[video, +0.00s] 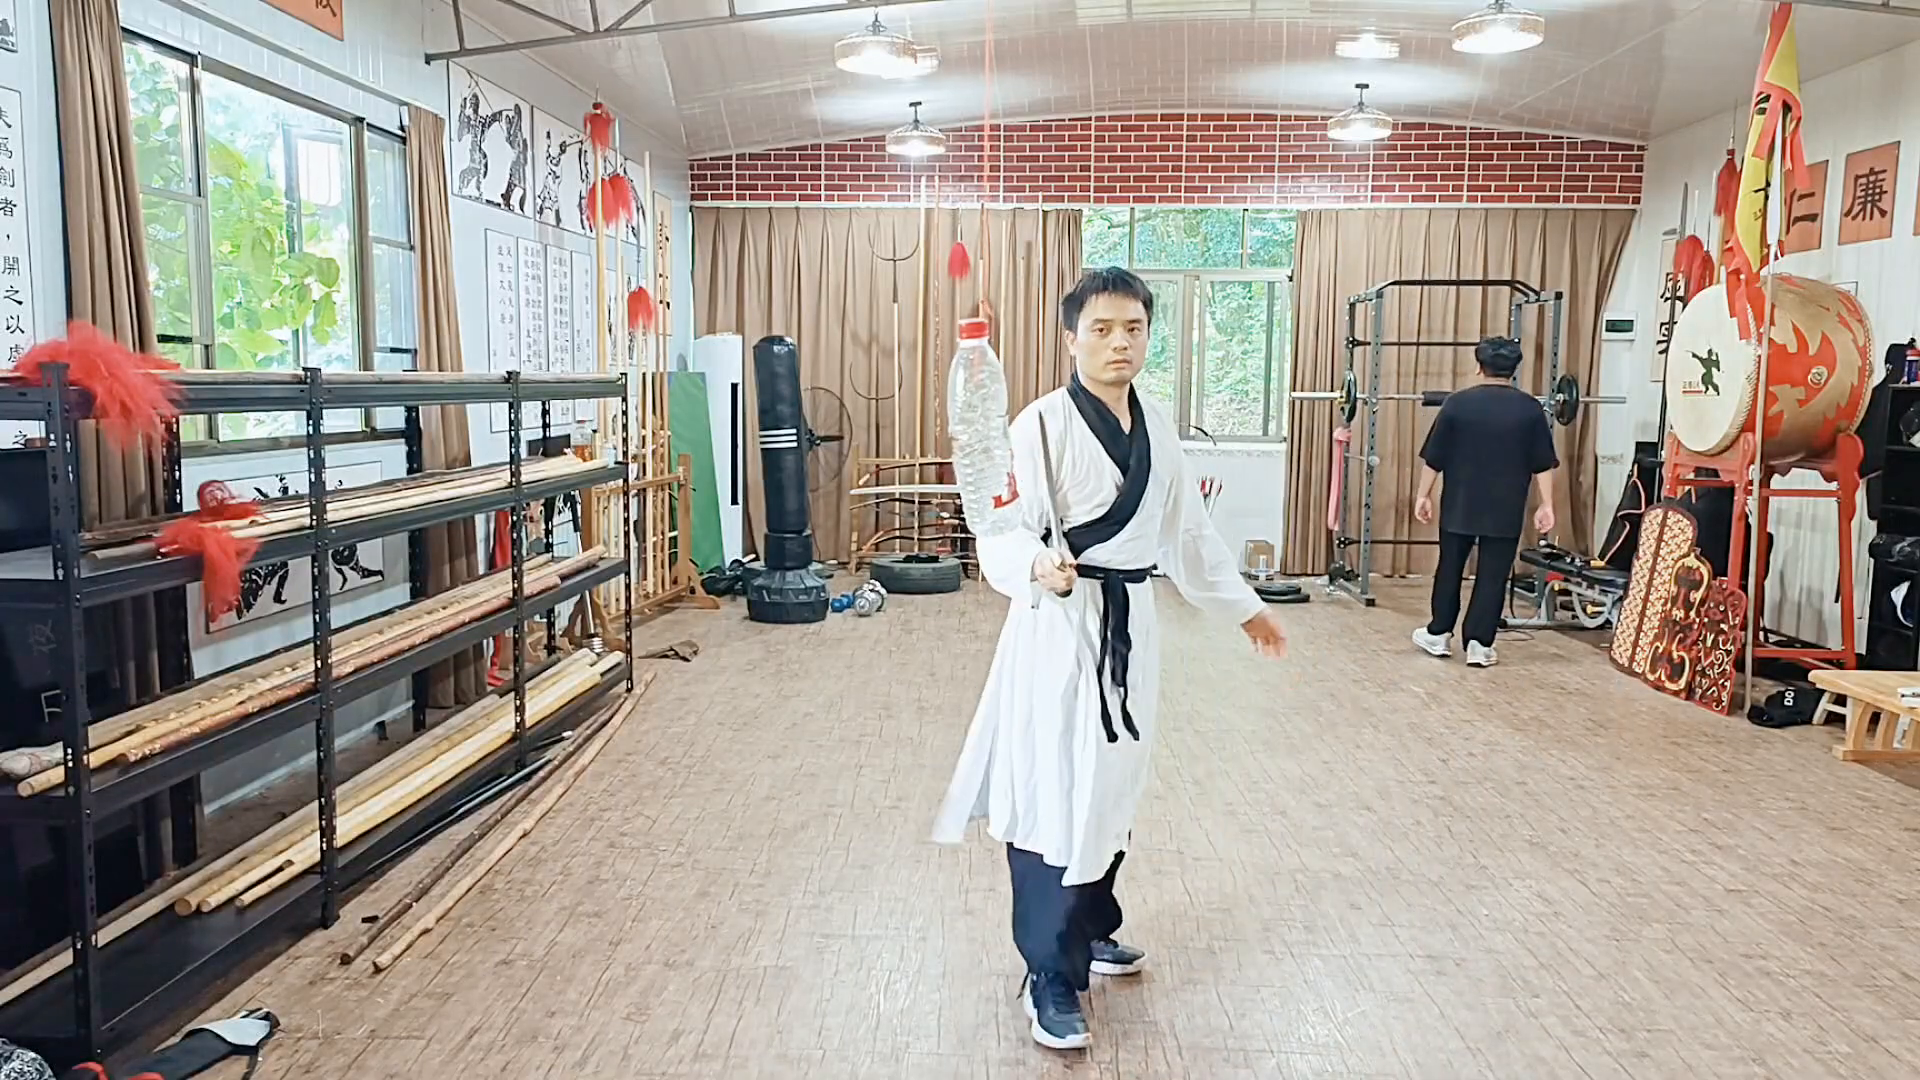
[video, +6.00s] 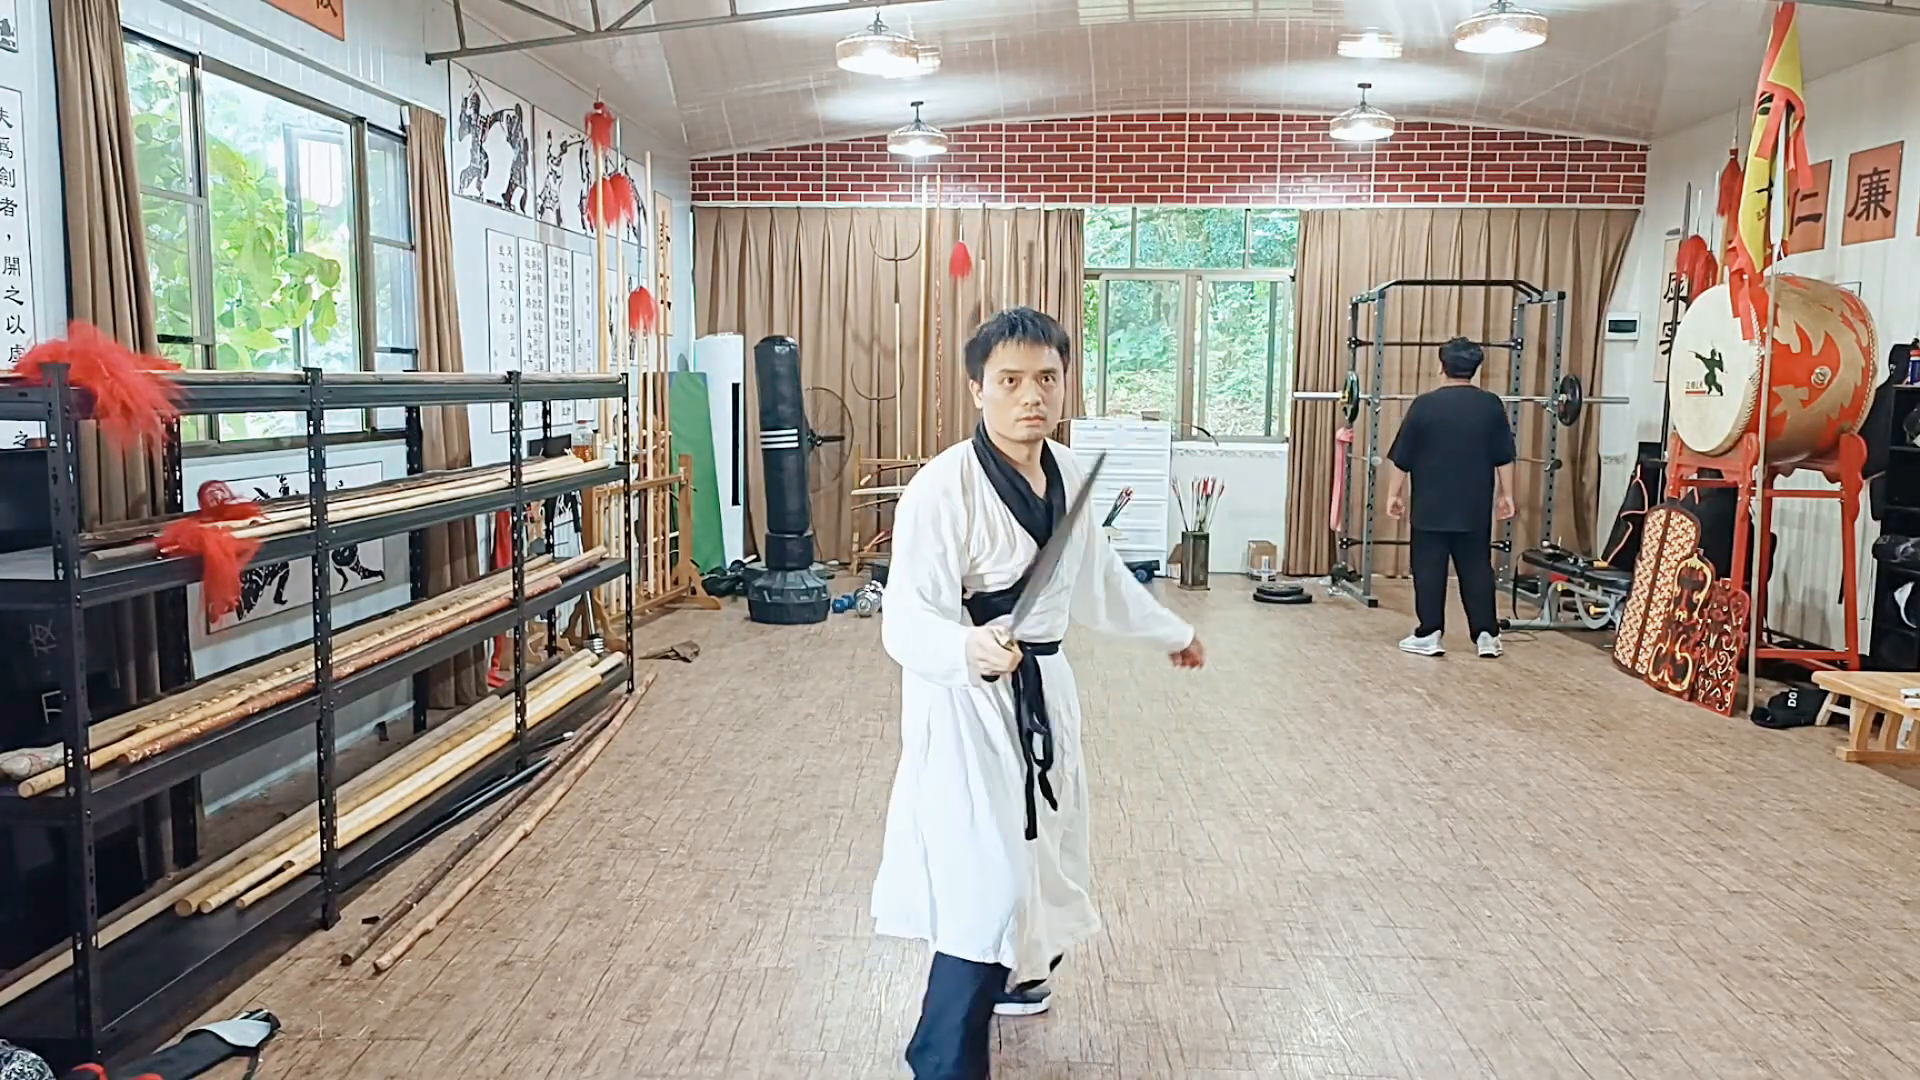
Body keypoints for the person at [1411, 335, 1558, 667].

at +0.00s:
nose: (1475, 368)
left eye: (1477, 364)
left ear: (1480, 367)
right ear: (1514, 369)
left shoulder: (1458, 402)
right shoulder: (1530, 408)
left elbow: (1435, 456)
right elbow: (1543, 463)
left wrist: (1423, 494)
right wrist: (1546, 505)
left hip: (1459, 508)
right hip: (1505, 513)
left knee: (1449, 571)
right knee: (1492, 580)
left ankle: (1438, 636)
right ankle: (1479, 646)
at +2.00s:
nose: (1406, 380)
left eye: (1408, 376)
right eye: (1409, 375)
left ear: (1412, 381)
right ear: (1441, 381)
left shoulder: (1402, 418)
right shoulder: (1457, 415)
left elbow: (1384, 473)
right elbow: (1471, 467)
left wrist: (1376, 512)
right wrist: (1466, 505)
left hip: (1408, 512)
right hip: (1444, 512)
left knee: (1401, 573)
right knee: (1435, 564)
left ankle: (1424, 633)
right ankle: (1430, 621)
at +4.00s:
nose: (1443, 373)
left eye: (1444, 369)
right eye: (1446, 368)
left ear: (1448, 371)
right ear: (1481, 370)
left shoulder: (1434, 405)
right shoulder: (1496, 406)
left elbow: (1414, 457)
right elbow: (1511, 457)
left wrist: (1407, 495)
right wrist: (1513, 495)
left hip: (1437, 505)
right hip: (1480, 508)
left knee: (1430, 565)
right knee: (1472, 573)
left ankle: (1429, 627)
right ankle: (1463, 637)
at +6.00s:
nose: (1438, 368)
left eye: (1440, 364)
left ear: (1442, 368)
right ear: (1475, 369)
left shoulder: (1425, 404)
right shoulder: (1490, 405)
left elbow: (1402, 456)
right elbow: (1503, 456)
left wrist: (1394, 493)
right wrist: (1507, 494)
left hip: (1430, 508)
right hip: (1474, 508)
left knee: (1429, 571)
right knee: (1476, 570)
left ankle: (1429, 634)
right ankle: (1486, 635)